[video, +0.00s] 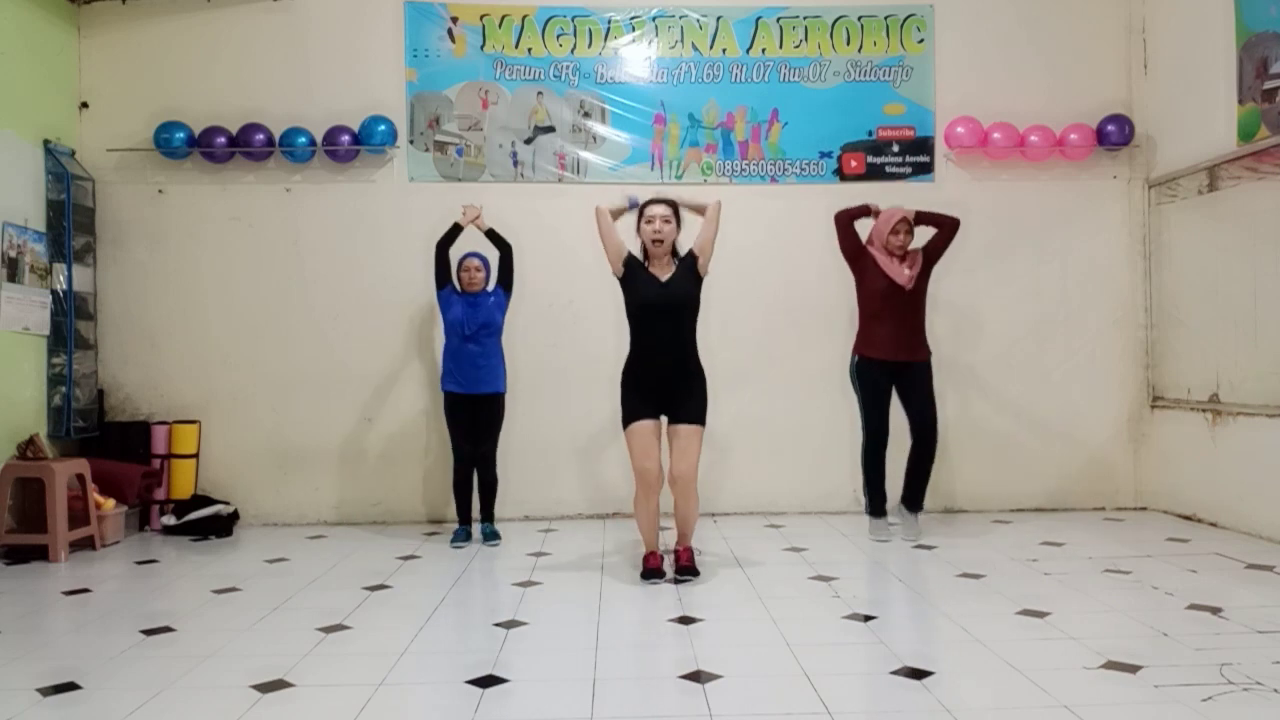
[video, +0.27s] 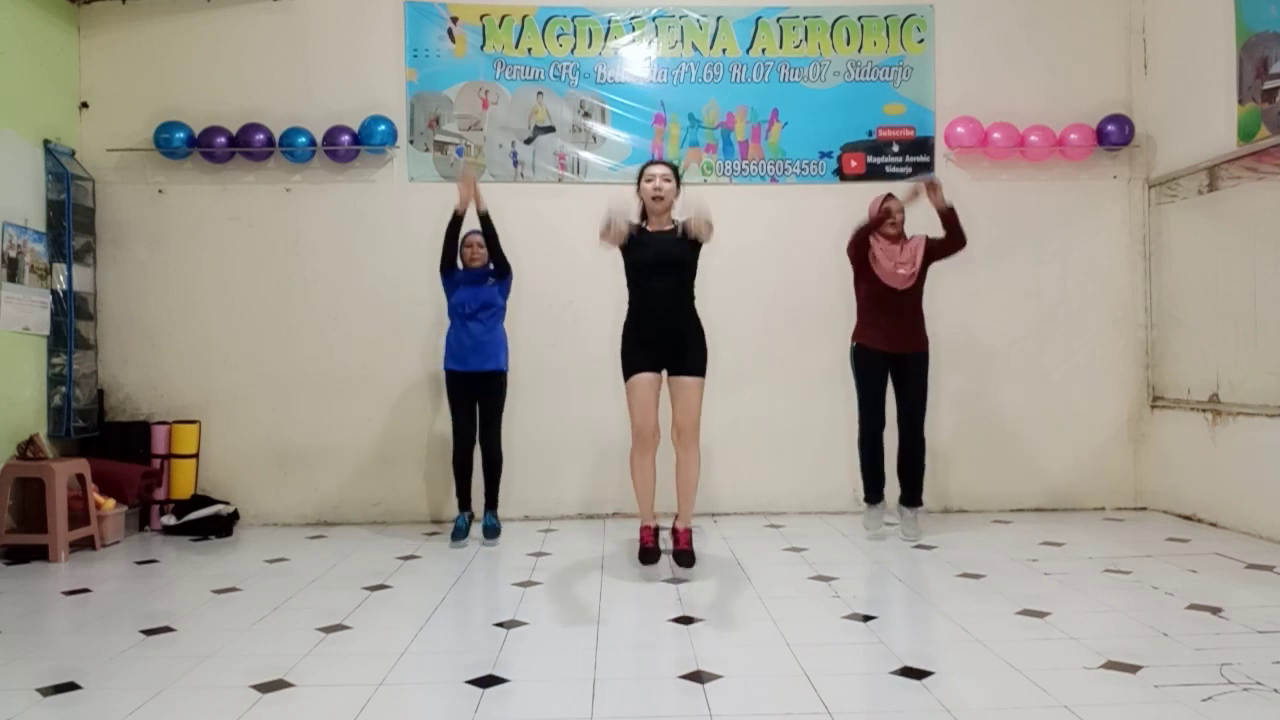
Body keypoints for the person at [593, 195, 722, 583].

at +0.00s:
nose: (657, 226)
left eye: (666, 221)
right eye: (649, 221)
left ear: (677, 230)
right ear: (639, 230)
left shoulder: (692, 268)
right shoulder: (628, 270)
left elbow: (714, 208)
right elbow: (600, 213)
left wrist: (673, 200)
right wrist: (627, 206)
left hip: (687, 380)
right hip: (641, 381)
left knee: (683, 475)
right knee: (647, 473)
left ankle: (684, 548)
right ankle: (651, 553)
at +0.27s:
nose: (657, 185)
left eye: (665, 180)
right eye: (650, 180)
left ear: (676, 191)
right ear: (639, 191)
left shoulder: (689, 231)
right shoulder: (631, 232)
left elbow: (701, 229)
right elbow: (615, 233)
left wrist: (699, 225)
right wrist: (613, 227)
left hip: (686, 339)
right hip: (641, 339)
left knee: (686, 435)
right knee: (644, 436)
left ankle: (683, 528)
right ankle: (648, 527)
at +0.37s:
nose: (657, 201)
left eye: (665, 195)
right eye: (649, 195)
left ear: (676, 206)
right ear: (639, 206)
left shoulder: (695, 252)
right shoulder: (623, 254)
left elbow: (703, 284)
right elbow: (612, 290)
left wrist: (694, 312)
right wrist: (619, 318)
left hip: (686, 351)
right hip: (641, 351)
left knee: (685, 447)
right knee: (643, 449)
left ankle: (682, 539)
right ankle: (643, 538)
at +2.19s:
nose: (648, 218)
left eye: (656, 212)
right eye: (643, 215)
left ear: (676, 225)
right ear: (639, 227)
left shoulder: (693, 269)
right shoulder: (631, 270)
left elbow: (705, 267)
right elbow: (620, 277)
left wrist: (690, 253)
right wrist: (633, 259)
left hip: (684, 371)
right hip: (639, 371)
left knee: (683, 465)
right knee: (638, 465)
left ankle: (678, 548)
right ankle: (645, 547)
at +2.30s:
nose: (641, 219)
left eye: (651, 213)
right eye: (639, 214)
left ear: (673, 223)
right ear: (640, 224)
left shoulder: (693, 266)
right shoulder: (632, 267)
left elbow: (708, 234)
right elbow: (615, 242)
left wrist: (682, 192)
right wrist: (629, 204)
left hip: (685, 368)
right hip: (642, 367)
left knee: (684, 462)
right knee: (636, 442)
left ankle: (679, 547)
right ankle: (644, 524)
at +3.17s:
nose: (658, 204)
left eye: (666, 202)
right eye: (650, 202)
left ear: (677, 216)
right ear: (641, 215)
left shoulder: (691, 256)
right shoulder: (629, 256)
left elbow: (724, 241)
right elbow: (595, 239)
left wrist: (705, 189)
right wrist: (614, 191)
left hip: (682, 360)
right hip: (639, 360)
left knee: (681, 453)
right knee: (637, 453)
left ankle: (680, 537)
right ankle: (637, 530)